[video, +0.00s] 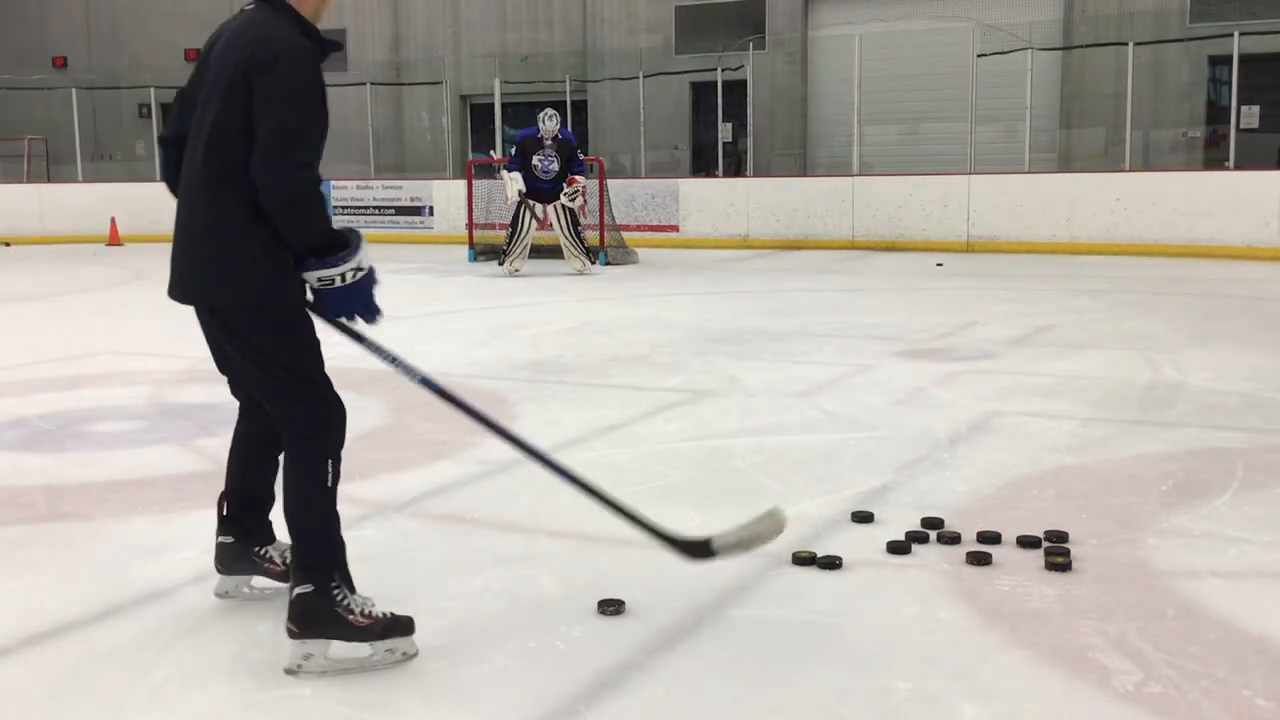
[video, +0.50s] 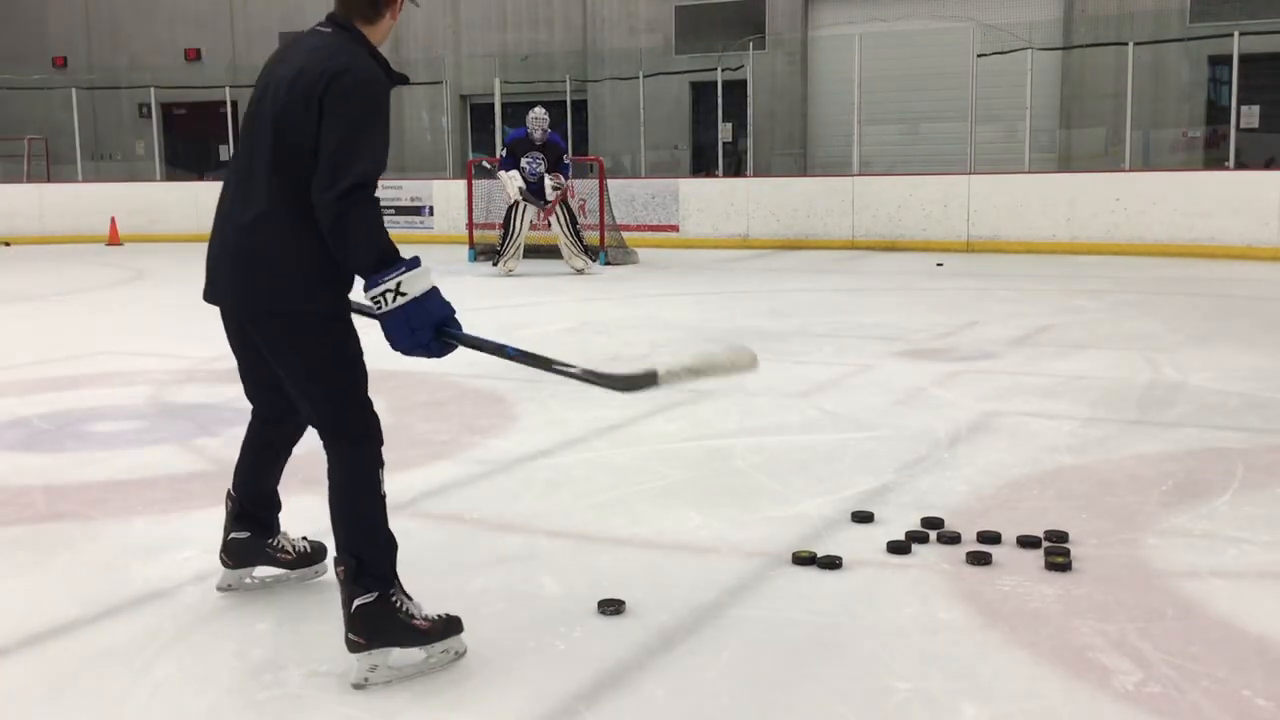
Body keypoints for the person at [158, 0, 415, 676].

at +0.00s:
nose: (332, 3)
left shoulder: (233, 35)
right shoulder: (291, 49)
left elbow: (178, 151)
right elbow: (285, 175)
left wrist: (235, 219)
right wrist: (336, 261)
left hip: (208, 267)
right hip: (256, 273)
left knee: (265, 403)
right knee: (315, 417)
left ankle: (243, 539)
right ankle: (322, 596)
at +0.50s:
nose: (404, 13)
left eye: (399, 6)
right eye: (405, 6)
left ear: (341, 1)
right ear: (394, 7)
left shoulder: (290, 54)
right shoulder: (358, 73)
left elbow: (269, 175)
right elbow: (345, 196)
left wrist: (332, 262)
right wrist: (400, 286)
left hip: (238, 274)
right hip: (296, 282)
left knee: (281, 407)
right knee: (354, 432)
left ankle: (248, 534)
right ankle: (373, 601)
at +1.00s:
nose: (394, 5)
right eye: (393, 0)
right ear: (381, 0)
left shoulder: (294, 49)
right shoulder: (352, 54)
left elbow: (272, 167)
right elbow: (347, 166)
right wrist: (385, 249)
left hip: (265, 278)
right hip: (321, 284)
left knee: (281, 409)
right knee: (368, 435)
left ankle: (242, 534)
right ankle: (374, 601)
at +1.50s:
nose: (461, 122)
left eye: (457, 111)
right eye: (463, 112)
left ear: (407, 94)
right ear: (455, 112)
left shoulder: (351, 125)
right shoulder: (428, 171)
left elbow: (273, 173)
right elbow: (411, 276)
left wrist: (322, 276)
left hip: (232, 286)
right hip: (297, 302)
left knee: (297, 406)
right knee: (342, 461)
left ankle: (243, 524)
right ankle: (305, 609)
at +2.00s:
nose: (489, 94)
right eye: (493, 86)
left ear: (438, 74)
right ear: (488, 88)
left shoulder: (383, 107)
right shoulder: (484, 151)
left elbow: (300, 135)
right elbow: (477, 235)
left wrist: (237, 200)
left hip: (317, 263)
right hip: (374, 284)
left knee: (395, 380)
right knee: (396, 423)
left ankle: (350, 487)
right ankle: (311, 536)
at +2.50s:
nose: (609, 63)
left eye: (613, 52)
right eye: (610, 50)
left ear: (561, 30)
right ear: (588, 39)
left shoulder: (472, 60)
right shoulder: (581, 114)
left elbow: (385, 91)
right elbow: (584, 223)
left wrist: (411, 164)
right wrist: (615, 312)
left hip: (416, 249)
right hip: (496, 262)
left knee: (426, 375)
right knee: (536, 397)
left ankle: (403, 501)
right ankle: (570, 533)